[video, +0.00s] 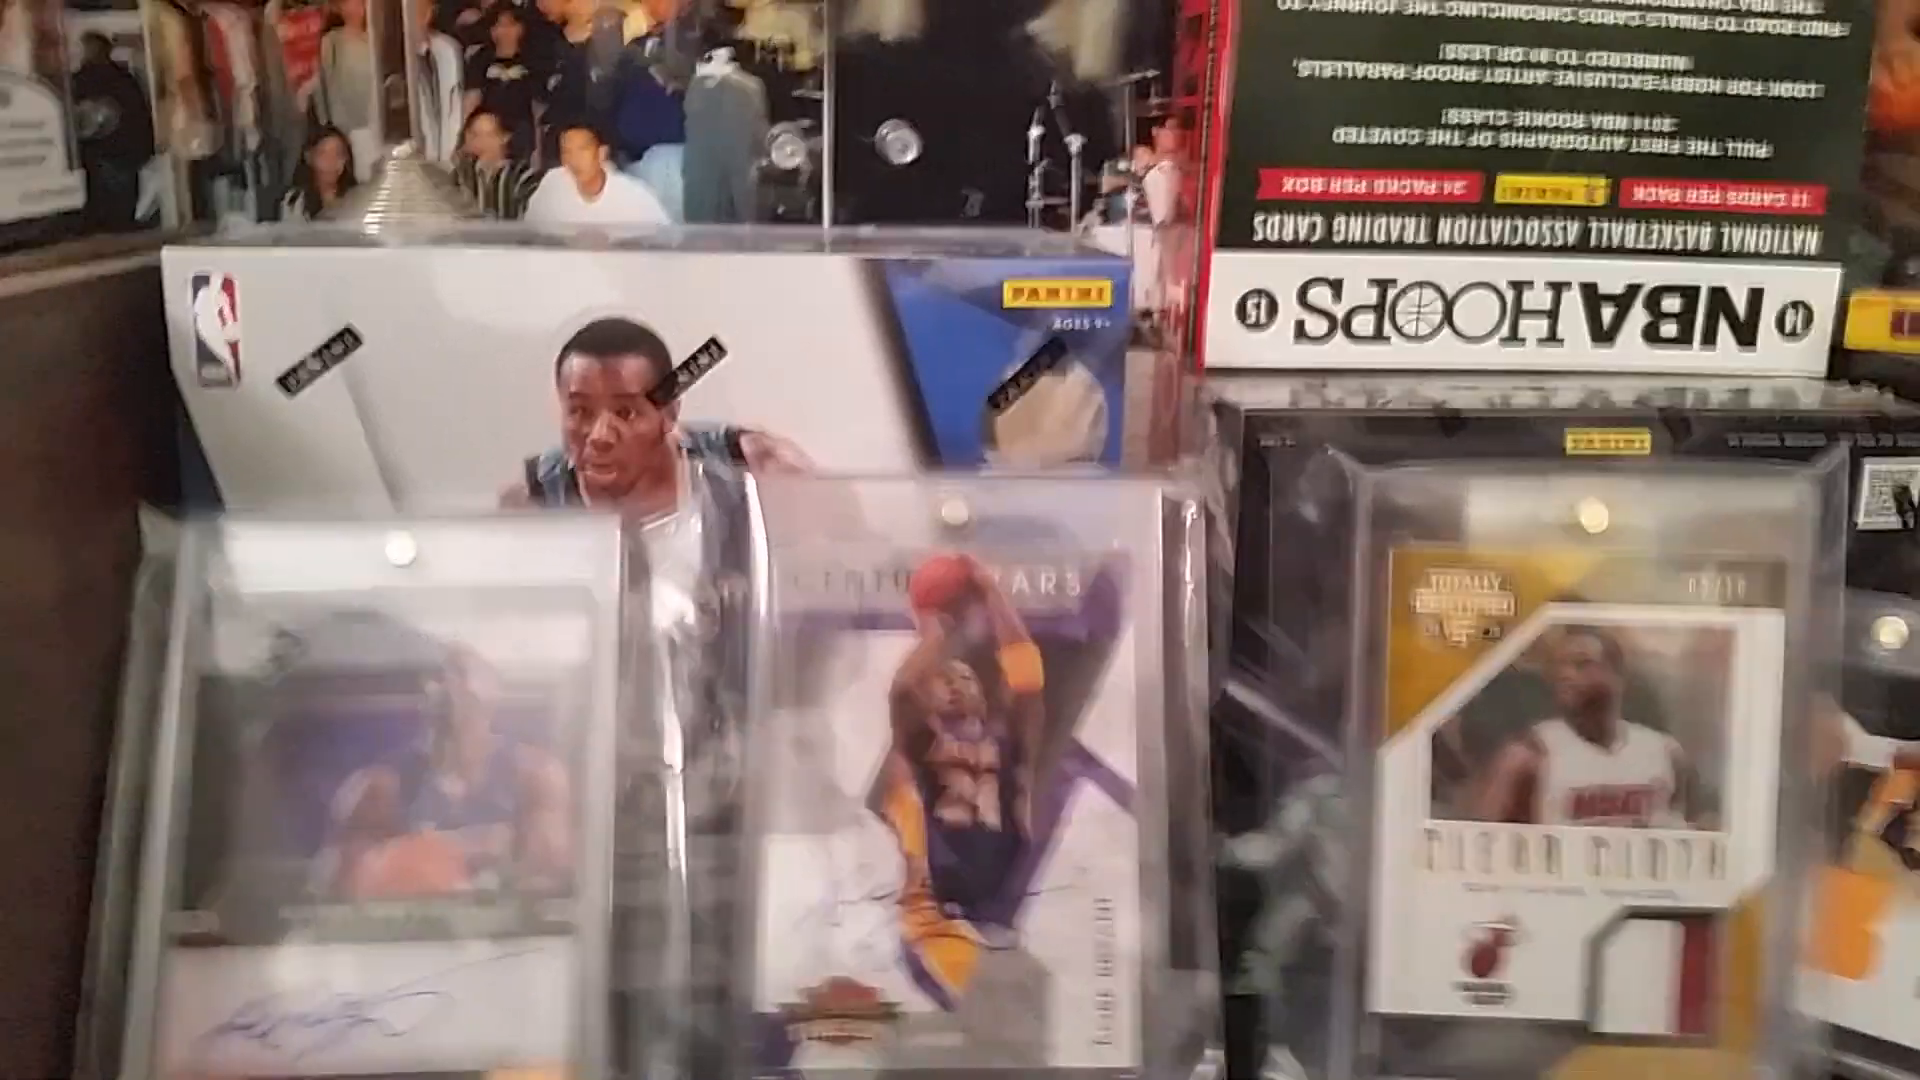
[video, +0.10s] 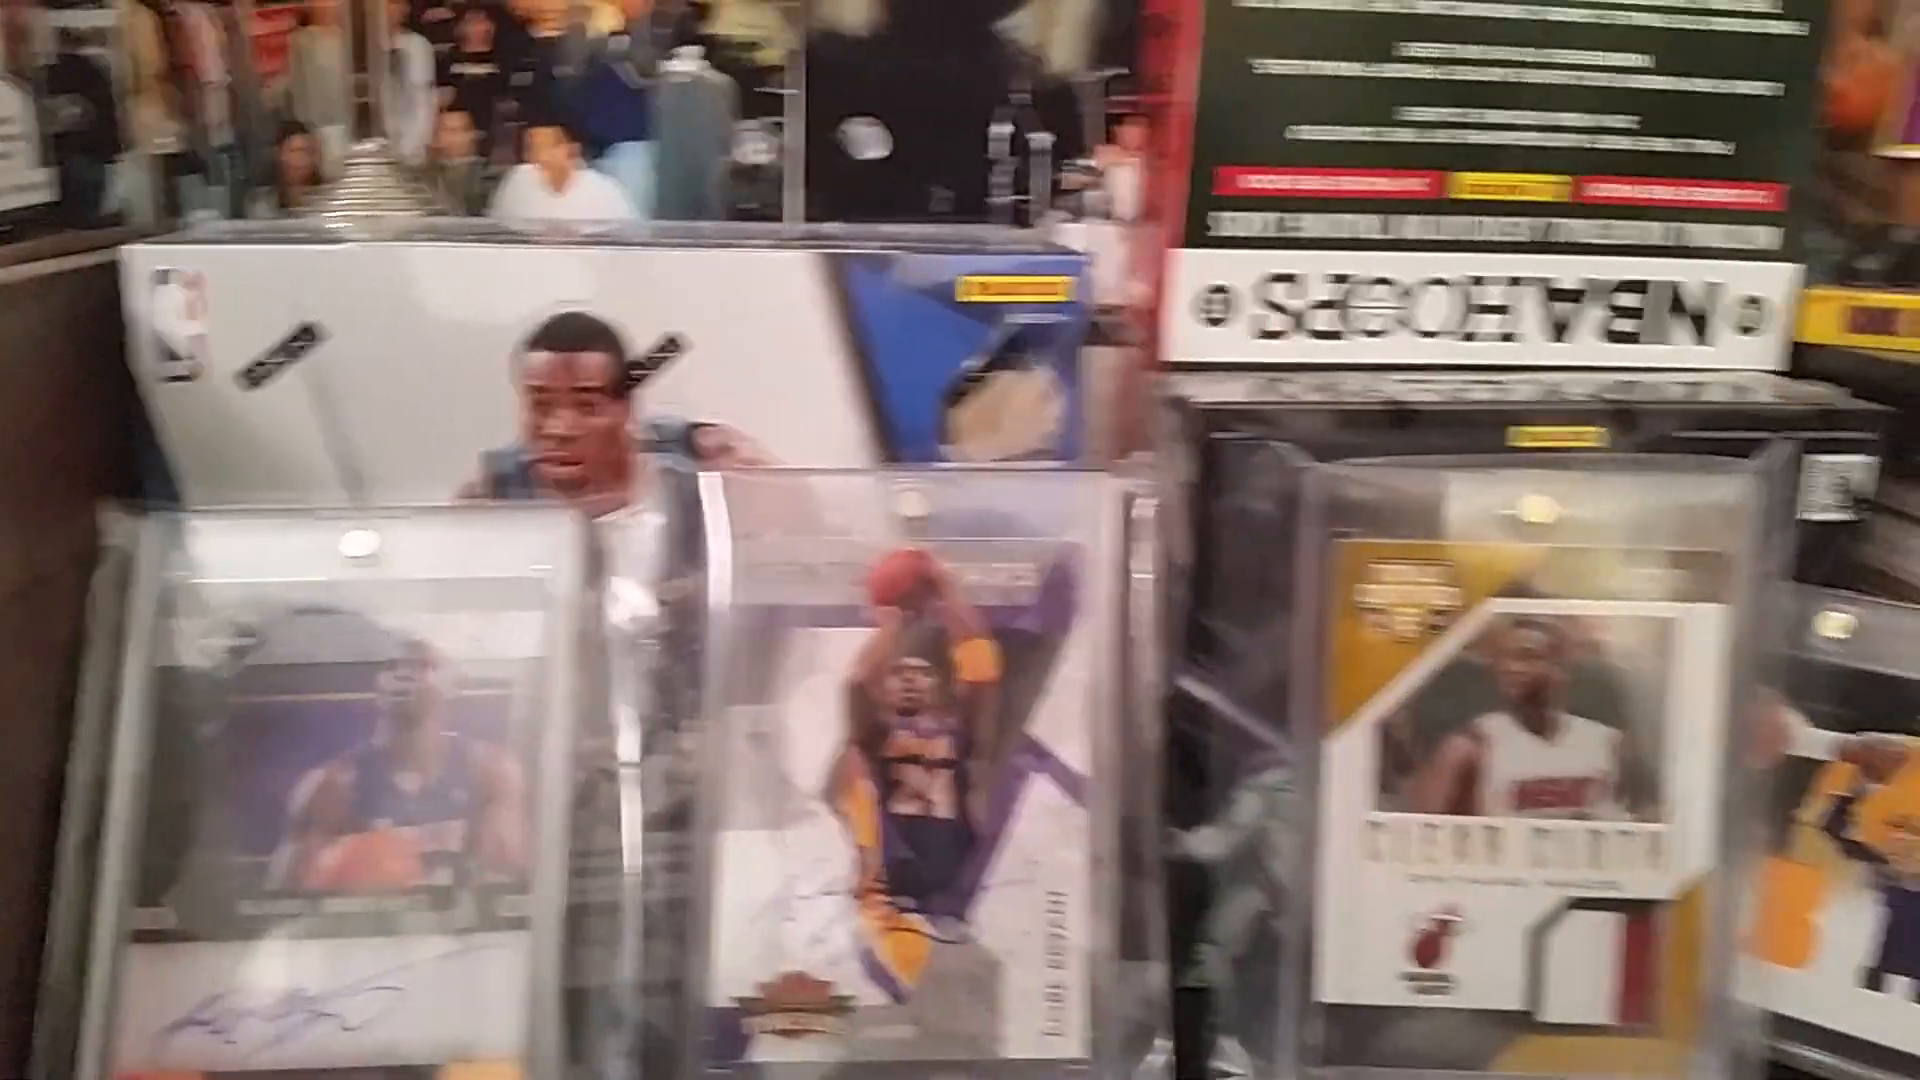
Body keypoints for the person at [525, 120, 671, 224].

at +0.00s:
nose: (573, 159)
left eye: (583, 149)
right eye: (567, 151)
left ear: (602, 153)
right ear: (561, 156)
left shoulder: (633, 193)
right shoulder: (553, 183)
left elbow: (669, 239)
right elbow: (528, 232)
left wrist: (614, 244)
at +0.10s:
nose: (538, 156)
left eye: (547, 147)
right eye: (534, 148)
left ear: (570, 150)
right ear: (529, 152)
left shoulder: (603, 189)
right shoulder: (519, 181)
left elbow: (634, 238)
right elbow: (495, 231)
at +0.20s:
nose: (506, 156)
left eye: (514, 147)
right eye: (500, 148)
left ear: (534, 148)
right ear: (494, 152)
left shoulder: (565, 189)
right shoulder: (484, 180)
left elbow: (601, 234)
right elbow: (460, 227)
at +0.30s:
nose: (475, 154)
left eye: (483, 145)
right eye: (468, 146)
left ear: (503, 148)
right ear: (463, 149)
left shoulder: (535, 186)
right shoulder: (454, 178)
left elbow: (572, 233)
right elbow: (430, 226)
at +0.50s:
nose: (462, 154)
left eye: (471, 144)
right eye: (455, 146)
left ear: (490, 147)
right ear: (449, 150)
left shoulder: (522, 186)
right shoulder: (442, 177)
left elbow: (559, 233)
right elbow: (418, 226)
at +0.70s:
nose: (439, 155)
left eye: (447, 145)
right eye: (431, 147)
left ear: (466, 148)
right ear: (426, 152)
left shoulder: (497, 186)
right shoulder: (417, 178)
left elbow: (534, 231)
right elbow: (394, 227)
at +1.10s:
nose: (461, 154)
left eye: (470, 144)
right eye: (453, 146)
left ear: (488, 146)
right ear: (448, 150)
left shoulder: (519, 184)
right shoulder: (441, 176)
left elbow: (556, 229)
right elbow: (418, 224)